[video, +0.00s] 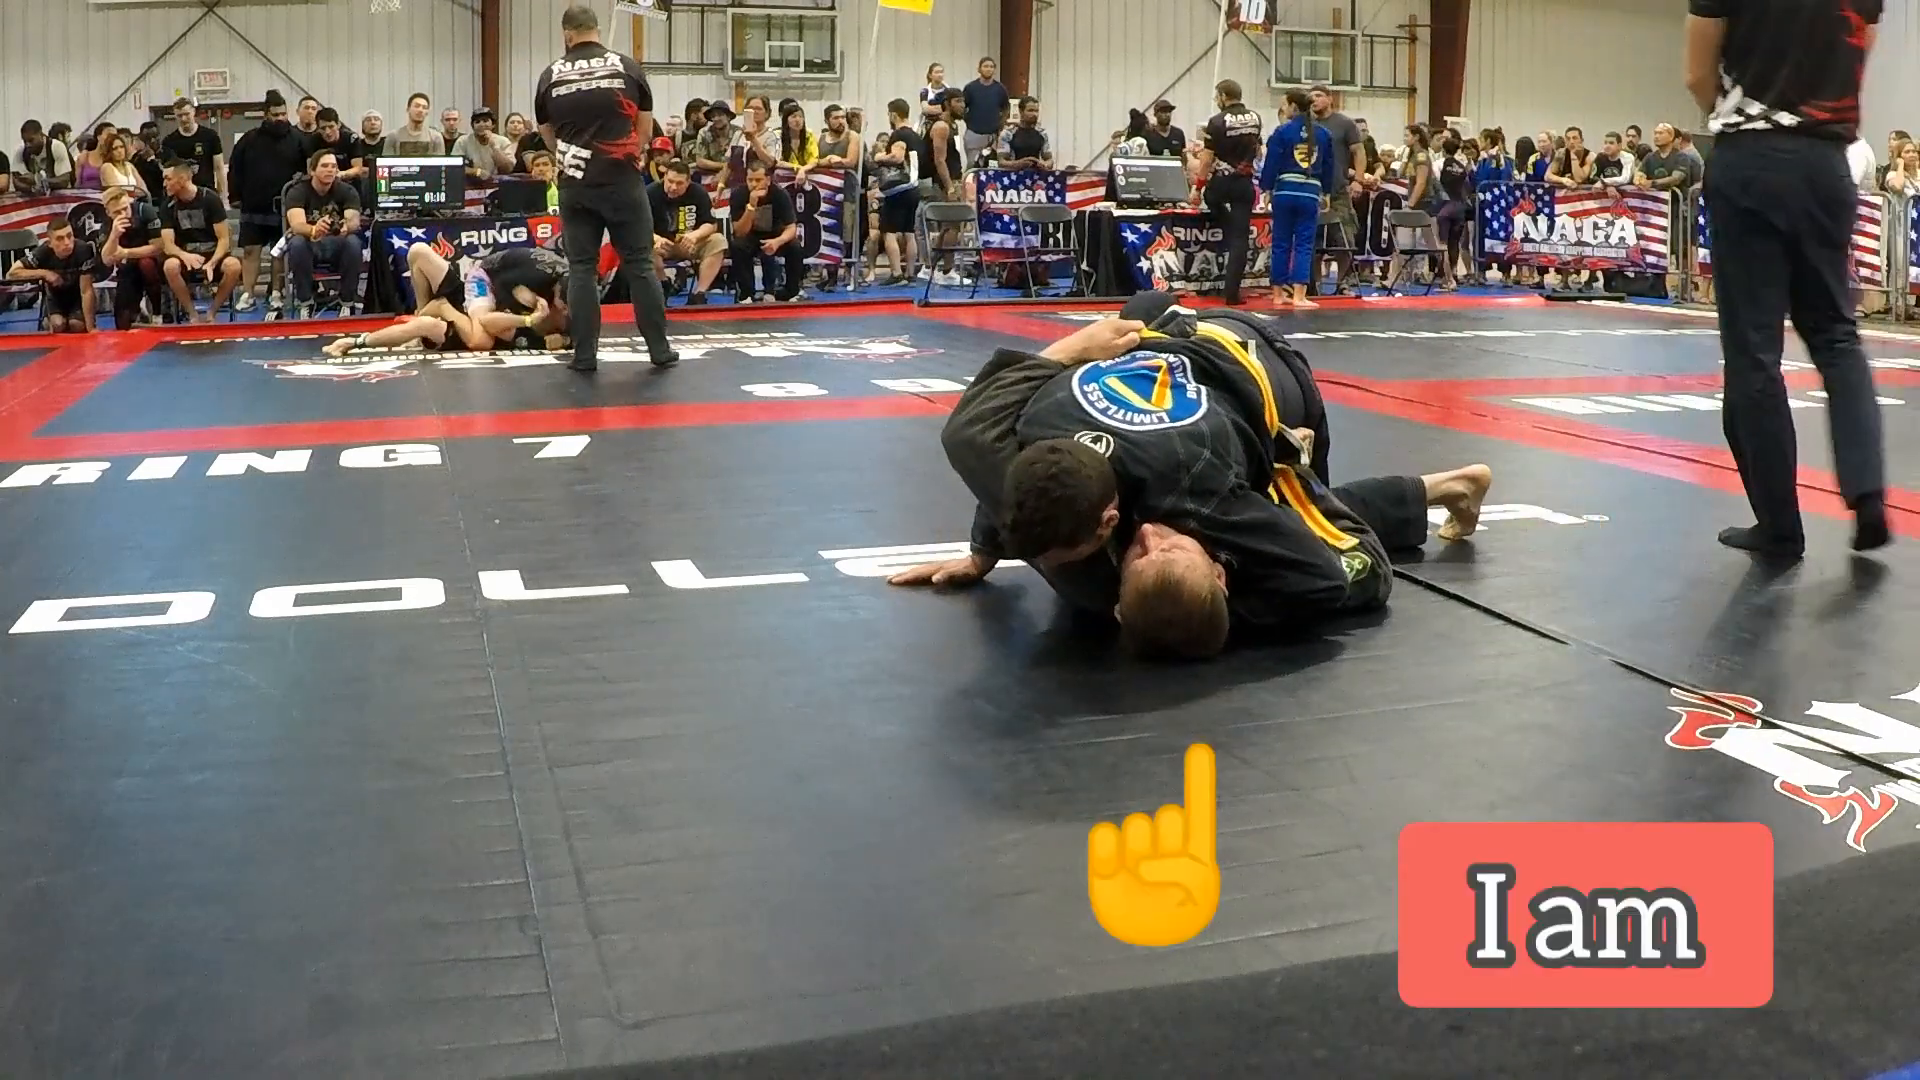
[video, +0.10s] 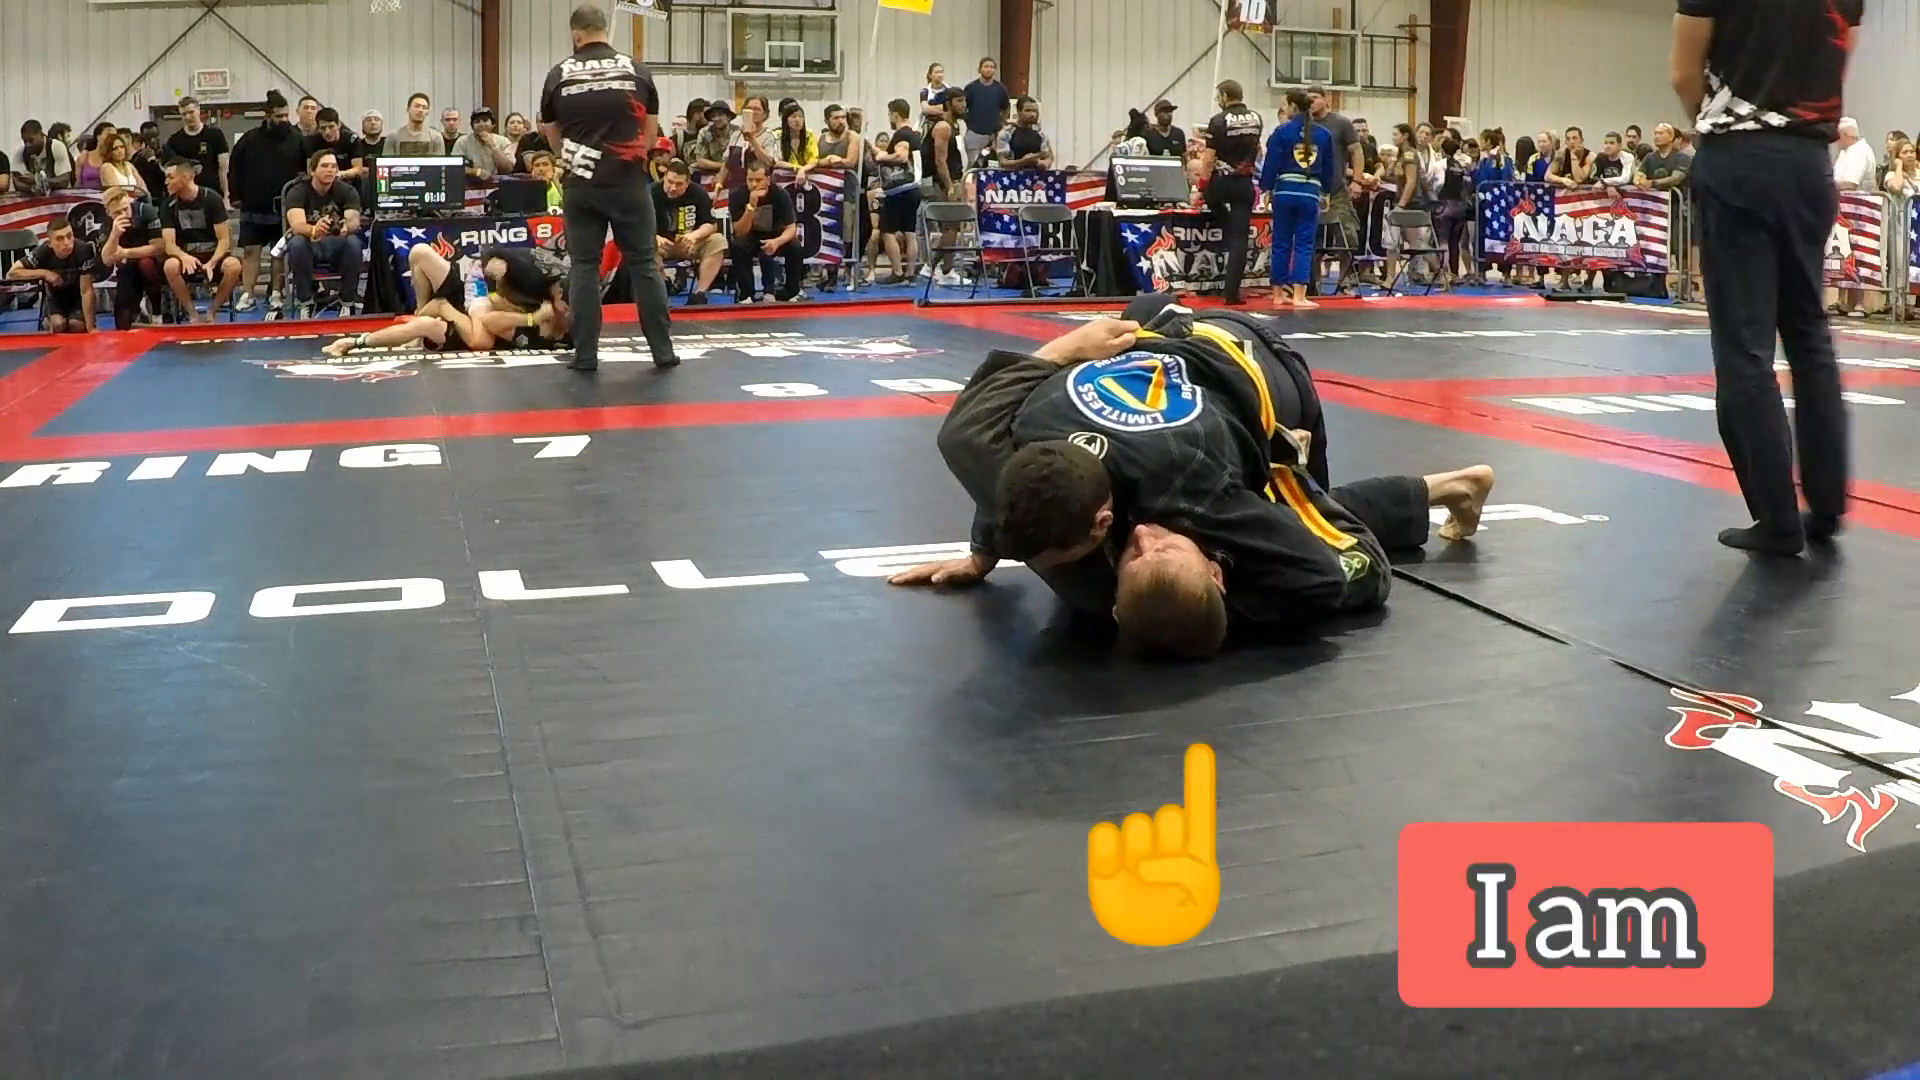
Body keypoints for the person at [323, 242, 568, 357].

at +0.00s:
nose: (554, 304)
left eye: (561, 304)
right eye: (557, 300)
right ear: (553, 298)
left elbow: (481, 330)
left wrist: (448, 311)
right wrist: (532, 305)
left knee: (423, 324)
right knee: (418, 252)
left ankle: (353, 343)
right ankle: (422, 317)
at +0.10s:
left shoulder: (532, 330)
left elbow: (480, 333)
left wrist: (448, 310)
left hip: (473, 339)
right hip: (471, 309)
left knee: (422, 325)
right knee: (420, 254)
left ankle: (352, 343)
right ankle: (422, 313)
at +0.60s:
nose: (566, 317)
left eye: (570, 321)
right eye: (572, 315)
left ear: (565, 328)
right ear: (566, 303)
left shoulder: (542, 331)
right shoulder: (535, 290)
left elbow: (495, 329)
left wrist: (537, 308)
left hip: (473, 328)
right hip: (471, 283)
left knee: (413, 309)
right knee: (424, 249)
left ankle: (348, 341)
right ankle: (409, 321)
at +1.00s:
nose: (575, 314)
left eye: (583, 313)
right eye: (579, 307)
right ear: (569, 289)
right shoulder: (546, 273)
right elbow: (514, 252)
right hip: (480, 273)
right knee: (480, 341)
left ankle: (432, 308)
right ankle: (433, 309)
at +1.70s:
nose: (560, 311)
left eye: (568, 310)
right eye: (559, 303)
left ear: (576, 313)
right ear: (554, 292)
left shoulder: (544, 335)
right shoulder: (540, 279)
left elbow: (490, 325)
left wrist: (508, 285)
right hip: (476, 284)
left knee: (428, 333)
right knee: (410, 256)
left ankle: (357, 344)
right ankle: (392, 332)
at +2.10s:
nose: (576, 312)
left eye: (583, 310)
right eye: (575, 305)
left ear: (589, 308)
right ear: (566, 292)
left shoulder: (578, 312)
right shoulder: (542, 283)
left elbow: (495, 341)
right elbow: (493, 339)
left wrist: (546, 316)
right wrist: (541, 312)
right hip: (479, 277)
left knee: (432, 336)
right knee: (412, 258)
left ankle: (360, 346)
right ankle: (393, 331)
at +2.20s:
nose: (582, 310)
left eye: (588, 307)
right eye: (580, 303)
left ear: (593, 303)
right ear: (569, 290)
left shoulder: (583, 308)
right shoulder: (543, 283)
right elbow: (496, 339)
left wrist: (542, 320)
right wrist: (542, 318)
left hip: (500, 297)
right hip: (482, 273)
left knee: (428, 333)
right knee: (412, 257)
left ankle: (357, 344)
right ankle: (394, 329)